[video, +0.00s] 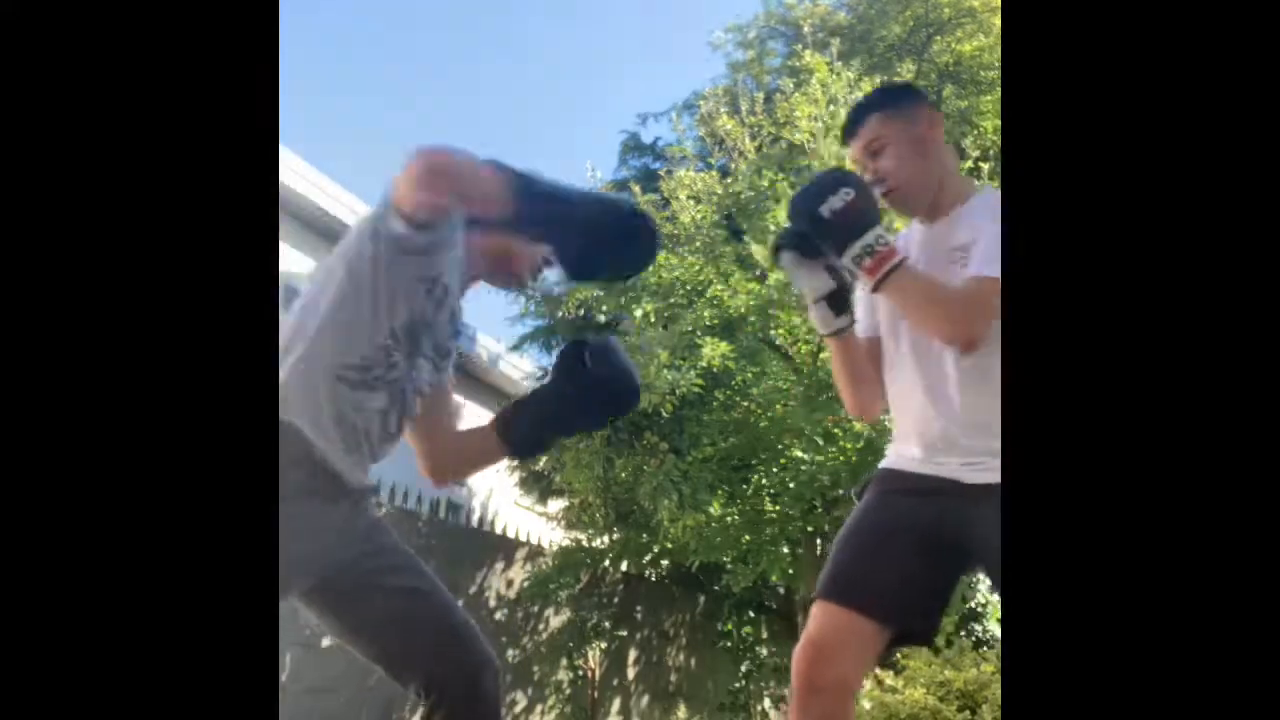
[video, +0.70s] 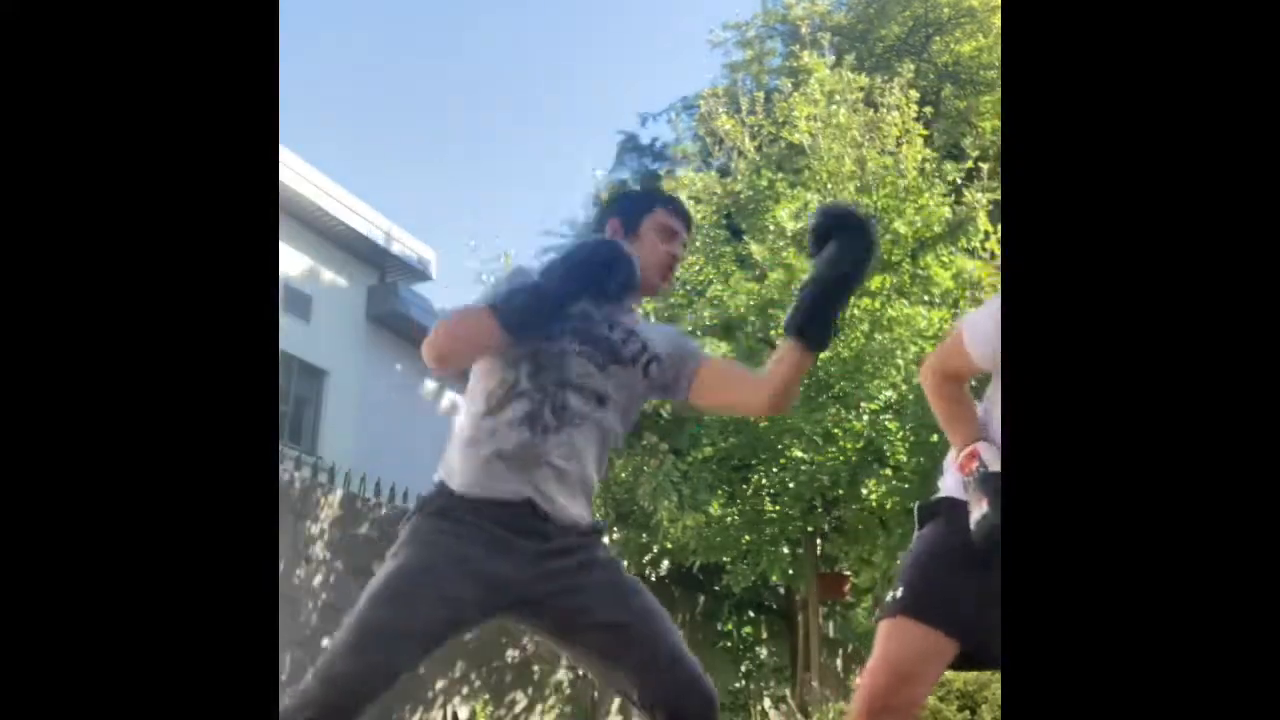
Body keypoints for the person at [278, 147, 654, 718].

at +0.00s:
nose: (543, 271)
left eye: (552, 263)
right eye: (545, 250)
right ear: (512, 216)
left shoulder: (439, 325)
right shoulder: (420, 237)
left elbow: (443, 460)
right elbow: (431, 172)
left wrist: (551, 411)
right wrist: (564, 212)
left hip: (334, 505)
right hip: (288, 475)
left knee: (467, 674)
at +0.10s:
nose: (584, 289)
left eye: (589, 276)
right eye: (583, 267)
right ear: (550, 244)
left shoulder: (475, 344)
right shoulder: (489, 244)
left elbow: (437, 483)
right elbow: (596, 158)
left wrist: (553, 440)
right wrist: (705, 189)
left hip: (361, 507)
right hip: (306, 455)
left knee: (484, 676)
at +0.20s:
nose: (621, 292)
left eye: (625, 285)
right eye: (618, 270)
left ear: (596, 304)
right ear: (582, 252)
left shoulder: (520, 366)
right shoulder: (519, 256)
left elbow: (490, 485)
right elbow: (653, 216)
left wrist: (615, 422)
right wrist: (794, 196)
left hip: (418, 516)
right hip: (345, 466)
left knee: (525, 689)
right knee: (270, 643)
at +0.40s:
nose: (675, 280)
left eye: (680, 271)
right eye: (669, 260)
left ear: (635, 263)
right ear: (625, 242)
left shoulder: (610, 360)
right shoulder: (548, 239)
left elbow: (701, 388)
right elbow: (548, 128)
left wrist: (781, 300)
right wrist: (671, 149)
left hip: (478, 498)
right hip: (398, 445)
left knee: (563, 688)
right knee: (329, 674)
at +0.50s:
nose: (694, 255)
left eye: (697, 248)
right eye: (685, 235)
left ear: (673, 263)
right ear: (635, 222)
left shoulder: (649, 321)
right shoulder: (545, 235)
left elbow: (761, 289)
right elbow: (454, 155)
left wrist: (863, 223)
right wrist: (566, 163)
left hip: (503, 488)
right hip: (418, 446)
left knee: (607, 661)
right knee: (315, 667)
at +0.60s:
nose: (696, 241)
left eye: (700, 234)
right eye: (684, 223)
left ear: (683, 250)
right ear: (635, 217)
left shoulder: (666, 313)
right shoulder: (557, 256)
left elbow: (793, 296)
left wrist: (885, 216)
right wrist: (550, 227)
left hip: (542, 508)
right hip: (447, 469)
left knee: (641, 692)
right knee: (328, 672)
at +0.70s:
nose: (679, 254)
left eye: (684, 246)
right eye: (669, 236)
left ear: (673, 260)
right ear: (617, 229)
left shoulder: (655, 346)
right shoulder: (533, 292)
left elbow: (769, 394)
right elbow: (441, 351)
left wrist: (826, 289)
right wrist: (554, 292)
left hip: (568, 551)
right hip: (460, 529)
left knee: (691, 703)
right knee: (326, 696)